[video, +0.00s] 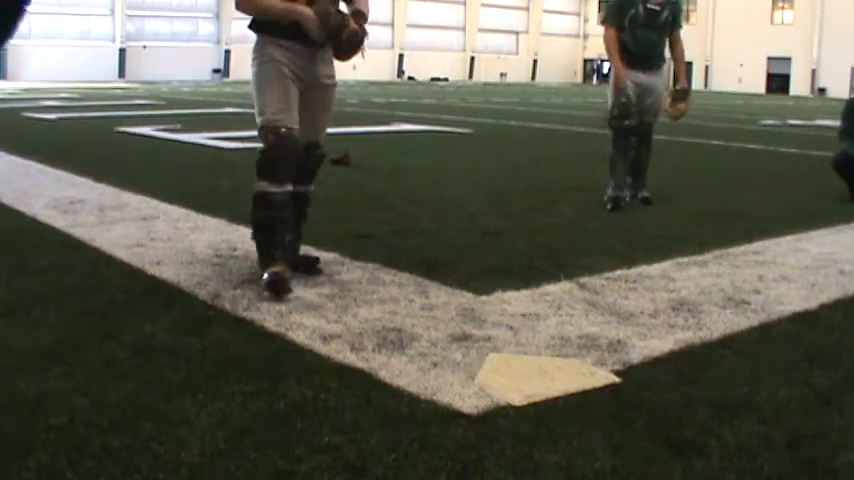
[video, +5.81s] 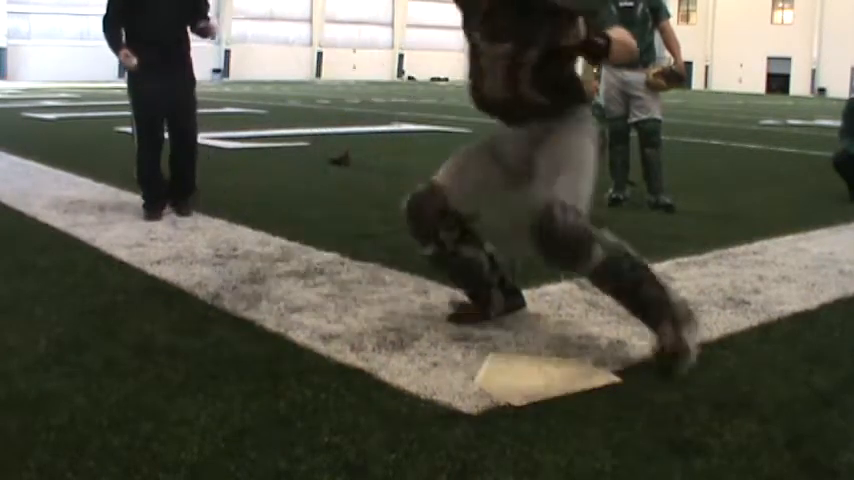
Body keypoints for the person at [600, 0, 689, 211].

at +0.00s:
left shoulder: (673, 4)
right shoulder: (621, 3)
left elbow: (675, 39)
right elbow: (610, 33)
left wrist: (682, 80)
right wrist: (619, 73)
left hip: (656, 74)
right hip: (625, 71)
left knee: (645, 134)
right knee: (621, 132)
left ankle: (640, 187)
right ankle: (617, 189)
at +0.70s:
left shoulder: (673, 4)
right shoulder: (622, 4)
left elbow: (678, 33)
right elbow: (612, 35)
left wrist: (686, 73)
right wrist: (609, 75)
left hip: (663, 73)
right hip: (631, 73)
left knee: (667, 137)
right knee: (627, 136)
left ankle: (672, 196)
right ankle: (619, 193)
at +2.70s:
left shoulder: (651, 3)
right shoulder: (601, 4)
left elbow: (665, 28)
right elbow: (590, 39)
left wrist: (675, 60)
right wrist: (584, 76)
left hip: (645, 75)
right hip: (613, 74)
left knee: (650, 135)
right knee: (617, 135)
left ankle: (656, 193)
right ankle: (618, 188)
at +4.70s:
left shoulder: (653, 4)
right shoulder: (603, 5)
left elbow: (666, 29)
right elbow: (594, 39)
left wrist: (679, 61)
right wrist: (589, 75)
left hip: (645, 73)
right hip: (613, 73)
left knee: (651, 133)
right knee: (617, 134)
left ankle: (655, 193)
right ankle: (618, 188)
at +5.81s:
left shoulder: (651, 3)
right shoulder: (601, 6)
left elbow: (665, 27)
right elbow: (591, 34)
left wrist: (679, 61)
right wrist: (590, 75)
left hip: (645, 73)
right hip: (611, 72)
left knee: (651, 134)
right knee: (617, 133)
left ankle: (656, 193)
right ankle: (618, 188)